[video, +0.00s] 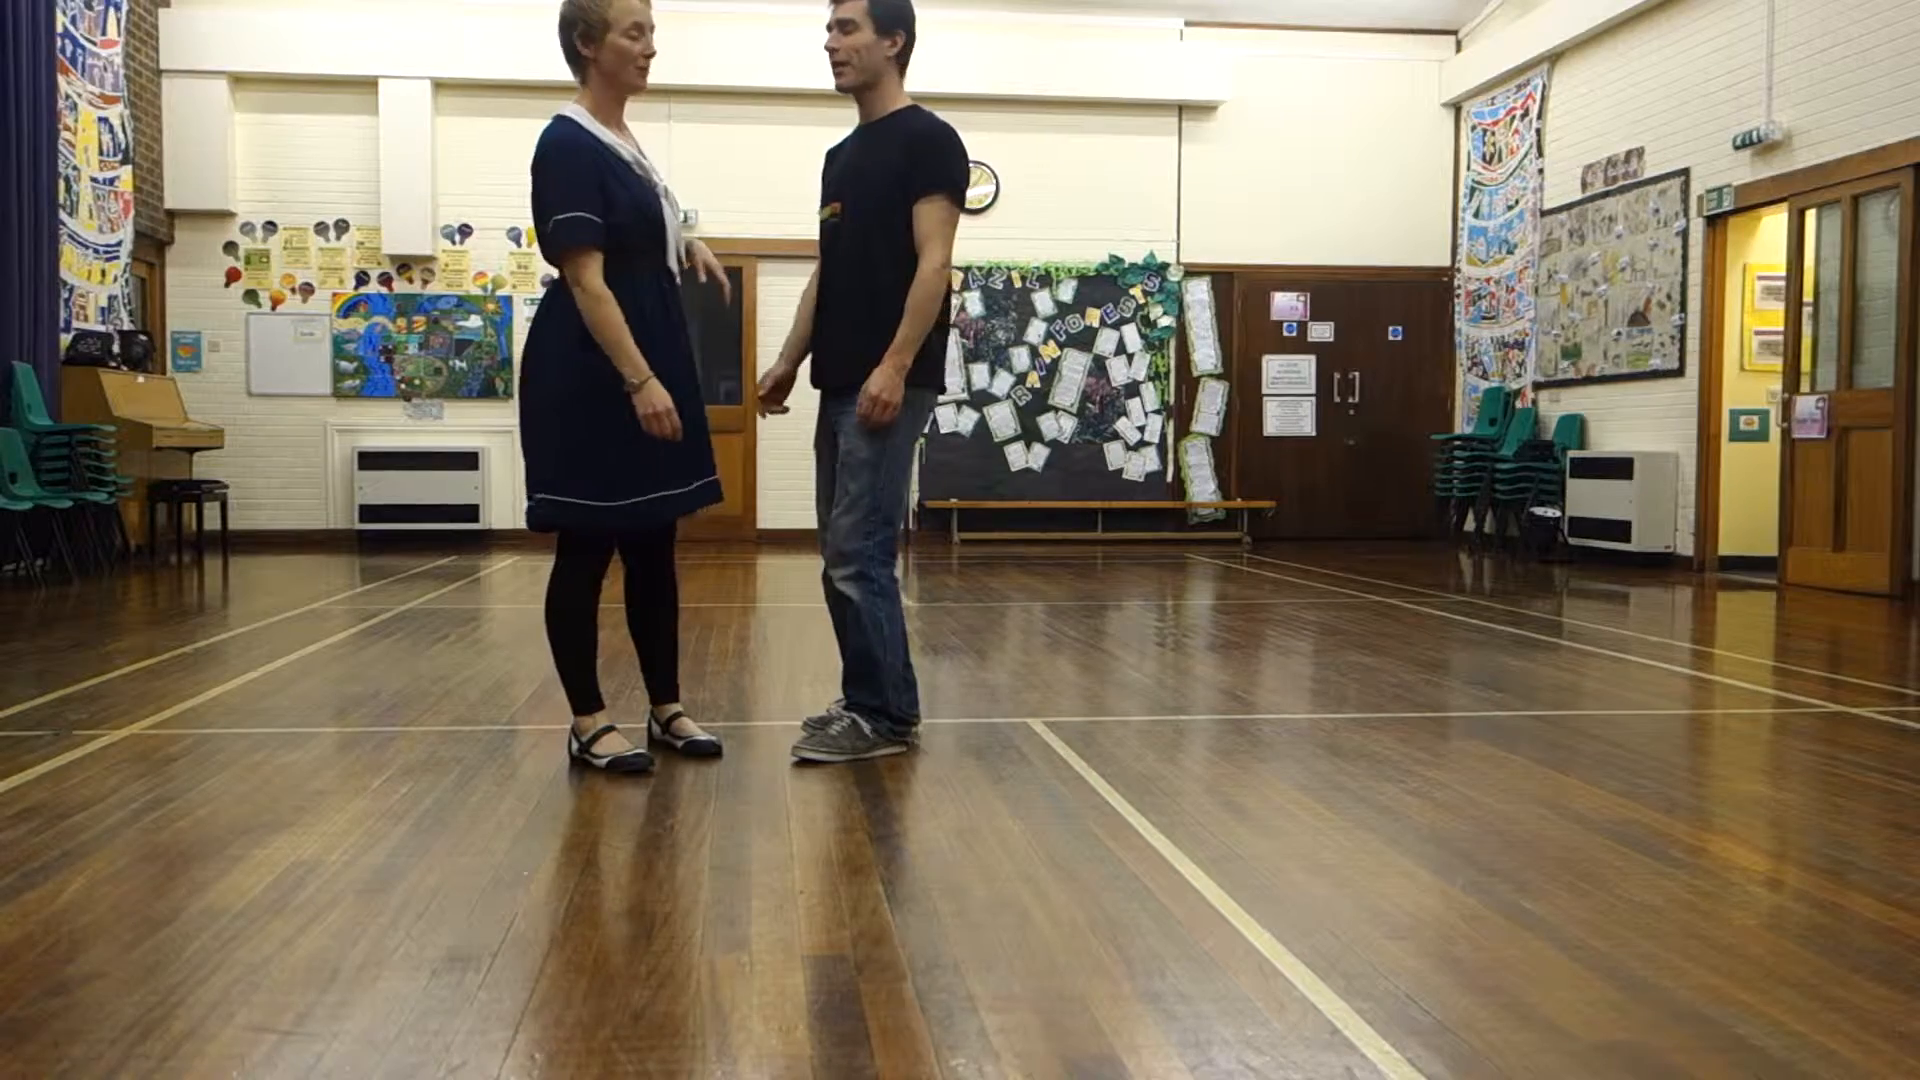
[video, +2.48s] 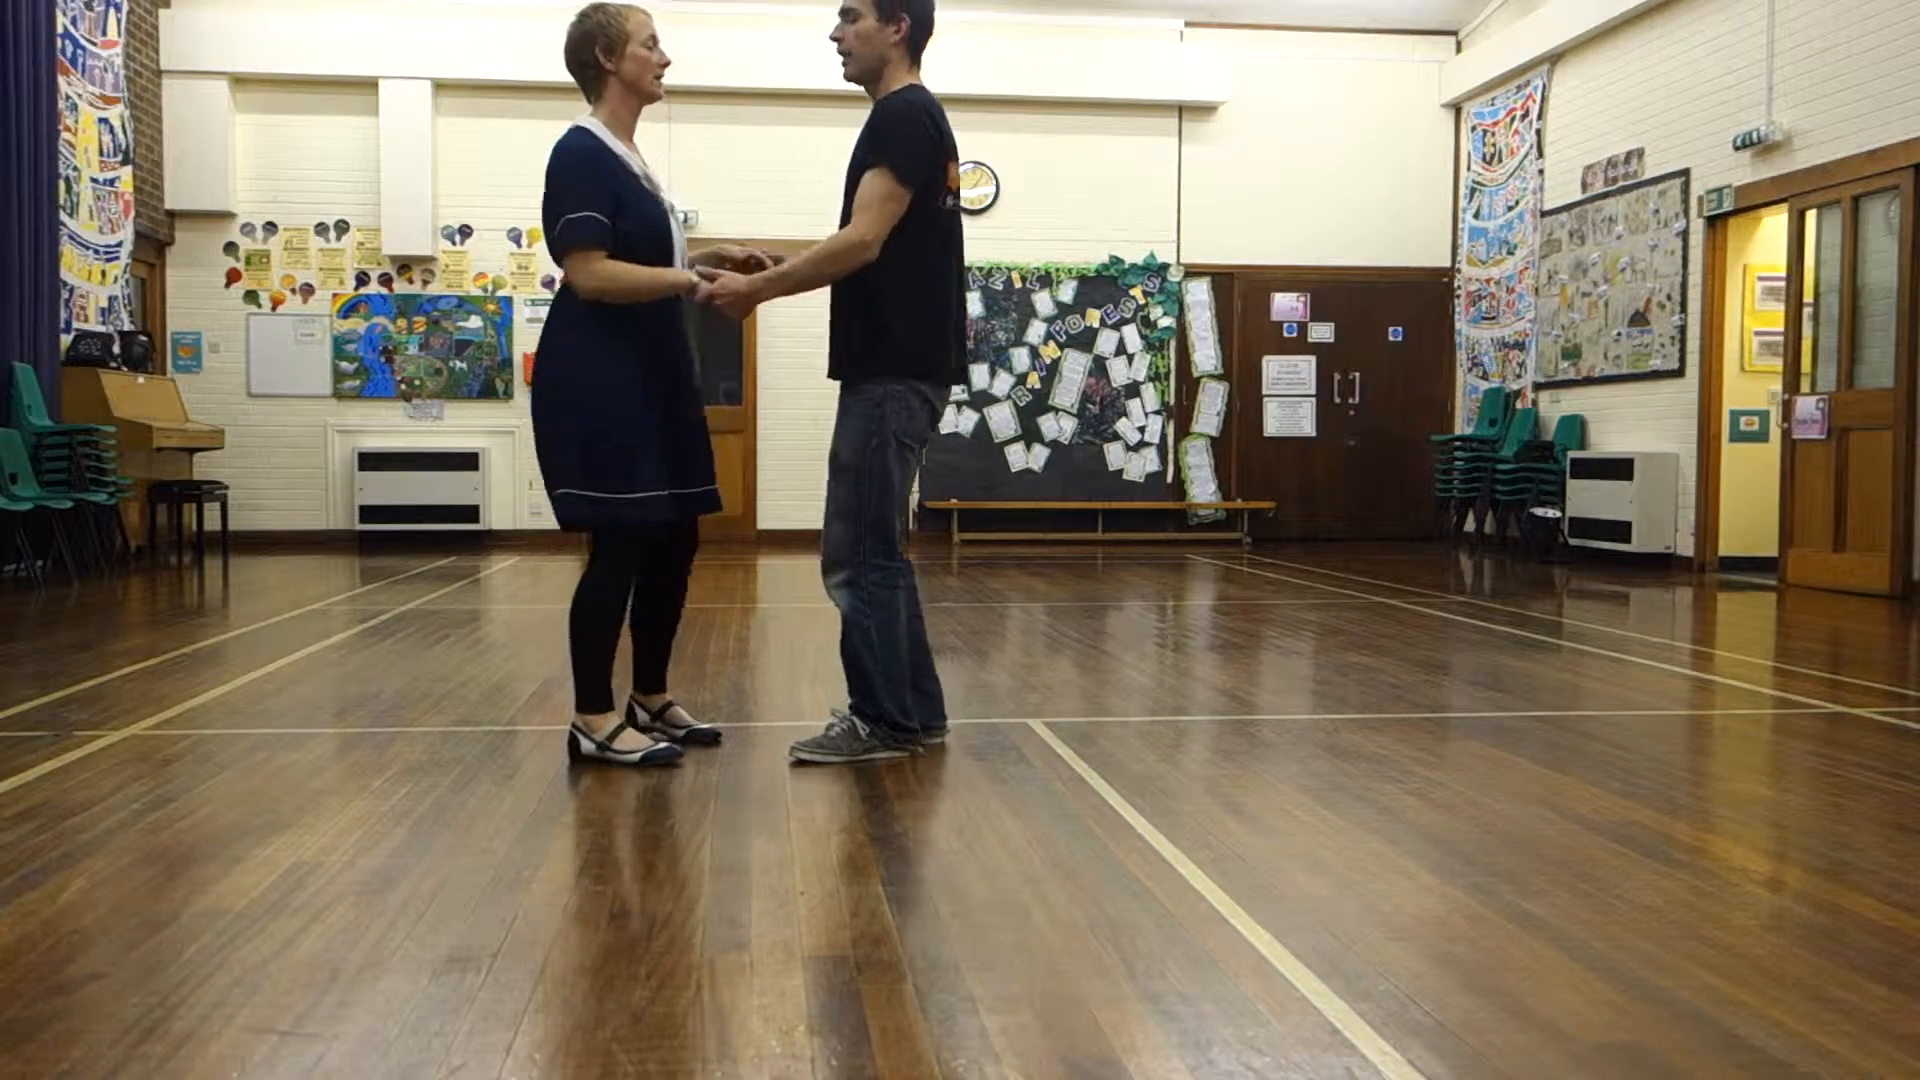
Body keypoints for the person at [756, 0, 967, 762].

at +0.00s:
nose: (831, 42)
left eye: (848, 28)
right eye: (830, 29)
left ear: (895, 44)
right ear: (836, 44)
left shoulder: (929, 138)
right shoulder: (841, 156)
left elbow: (935, 265)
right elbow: (827, 271)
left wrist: (896, 366)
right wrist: (788, 361)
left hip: (890, 381)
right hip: (841, 380)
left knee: (859, 555)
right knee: (844, 555)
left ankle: (885, 714)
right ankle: (871, 704)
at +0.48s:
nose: (822, 31)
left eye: (838, 16)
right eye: (823, 18)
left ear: (884, 28)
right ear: (866, 33)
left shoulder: (907, 123)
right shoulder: (873, 127)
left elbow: (897, 255)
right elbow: (854, 261)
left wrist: (842, 363)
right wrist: (821, 374)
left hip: (884, 376)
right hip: (862, 375)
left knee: (850, 553)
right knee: (841, 550)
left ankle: (886, 717)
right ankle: (871, 706)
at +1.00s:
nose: (812, 31)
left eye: (825, 14)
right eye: (815, 16)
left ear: (866, 22)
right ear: (868, 27)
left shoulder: (889, 113)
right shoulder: (881, 115)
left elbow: (880, 250)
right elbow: (880, 252)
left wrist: (828, 359)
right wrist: (829, 360)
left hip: (875, 371)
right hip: (867, 371)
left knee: (853, 550)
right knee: (839, 547)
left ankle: (885, 721)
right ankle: (866, 707)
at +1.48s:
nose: (815, 32)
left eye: (825, 16)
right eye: (819, 16)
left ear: (861, 21)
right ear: (870, 26)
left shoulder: (878, 112)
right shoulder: (907, 113)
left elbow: (856, 250)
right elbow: (884, 252)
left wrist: (785, 347)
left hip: (874, 371)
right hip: (891, 367)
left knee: (855, 554)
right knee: (856, 549)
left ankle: (884, 721)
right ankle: (869, 708)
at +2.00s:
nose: (818, 33)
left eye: (828, 18)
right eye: (821, 18)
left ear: (864, 21)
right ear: (873, 26)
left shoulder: (882, 108)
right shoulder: (908, 111)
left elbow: (867, 245)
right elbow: (879, 249)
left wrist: (778, 321)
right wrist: (785, 317)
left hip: (882, 369)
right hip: (894, 365)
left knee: (856, 552)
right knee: (858, 547)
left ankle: (883, 721)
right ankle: (868, 708)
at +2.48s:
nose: (835, 33)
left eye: (851, 18)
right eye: (839, 20)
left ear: (899, 29)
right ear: (893, 34)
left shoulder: (906, 114)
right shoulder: (901, 116)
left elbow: (863, 240)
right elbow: (865, 249)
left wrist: (757, 288)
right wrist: (773, 262)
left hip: (893, 371)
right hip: (894, 369)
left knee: (856, 555)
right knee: (874, 550)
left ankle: (881, 718)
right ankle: (914, 713)